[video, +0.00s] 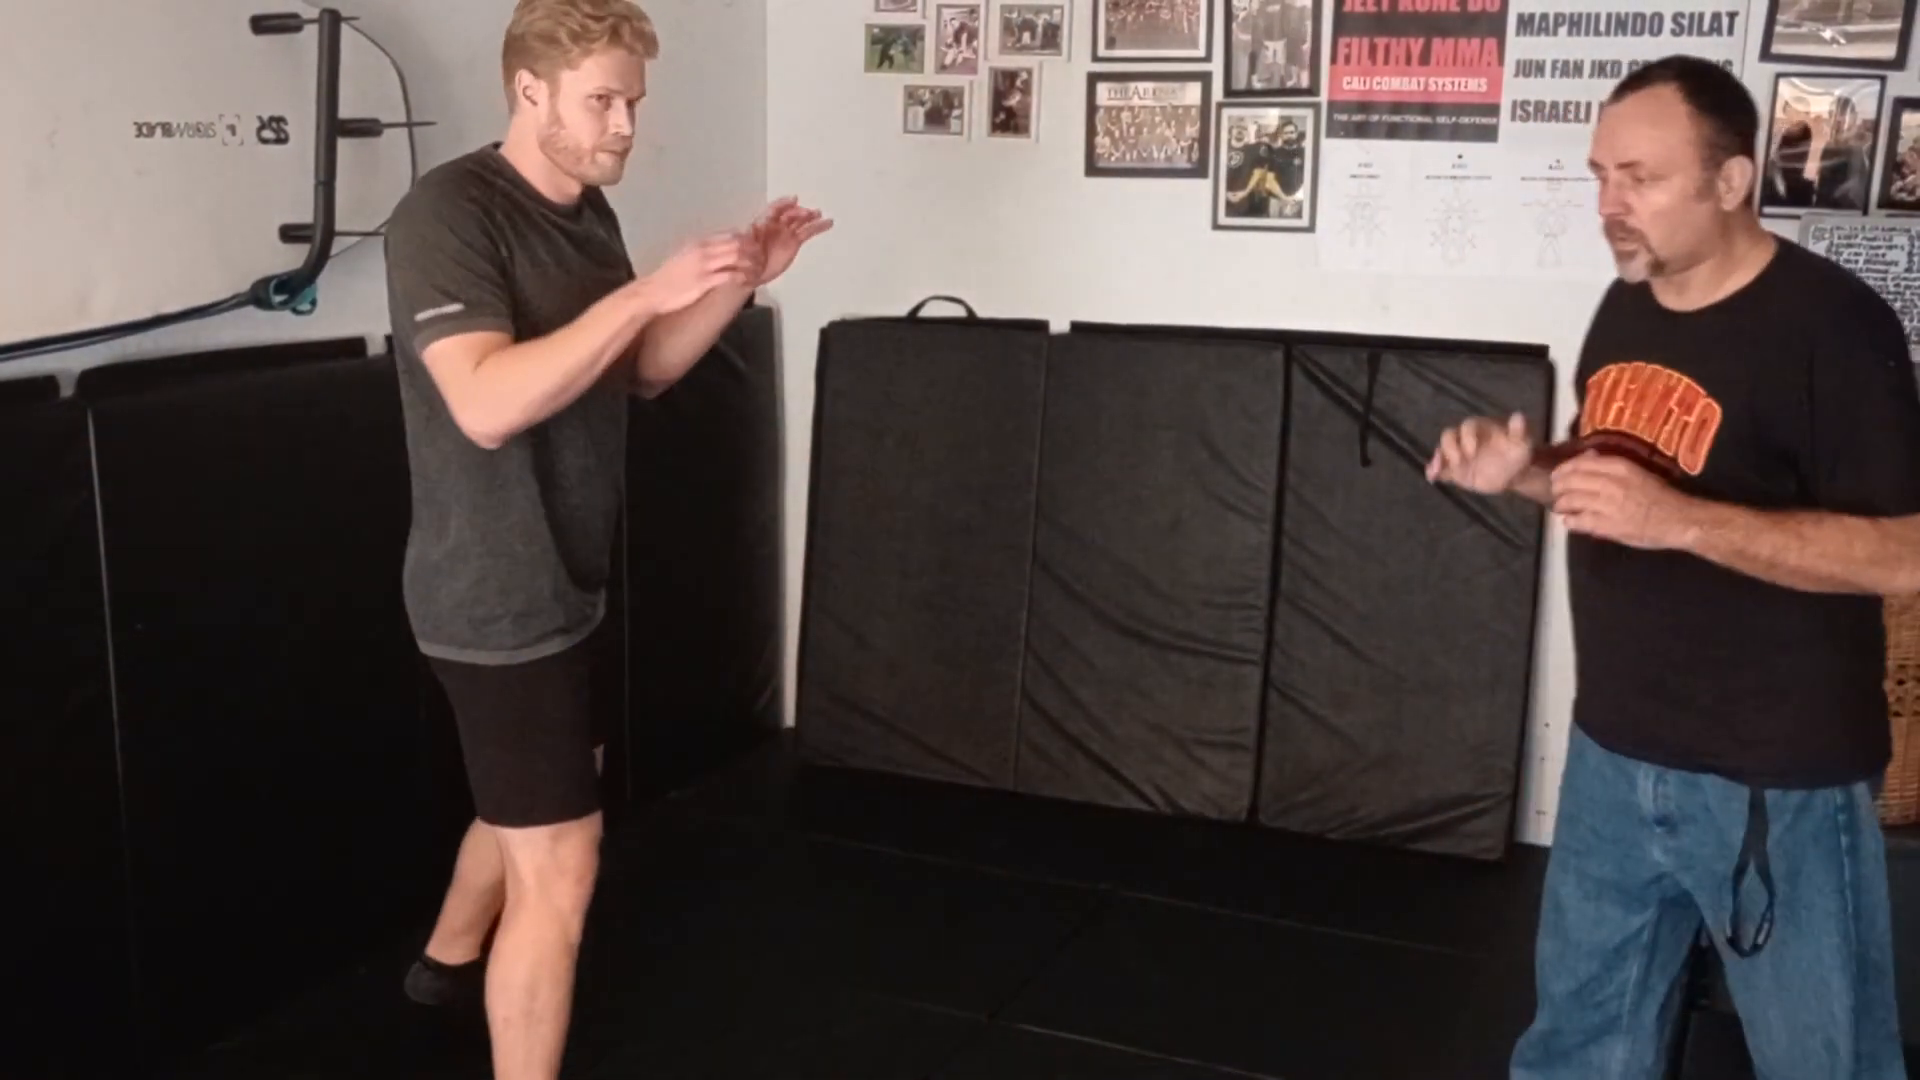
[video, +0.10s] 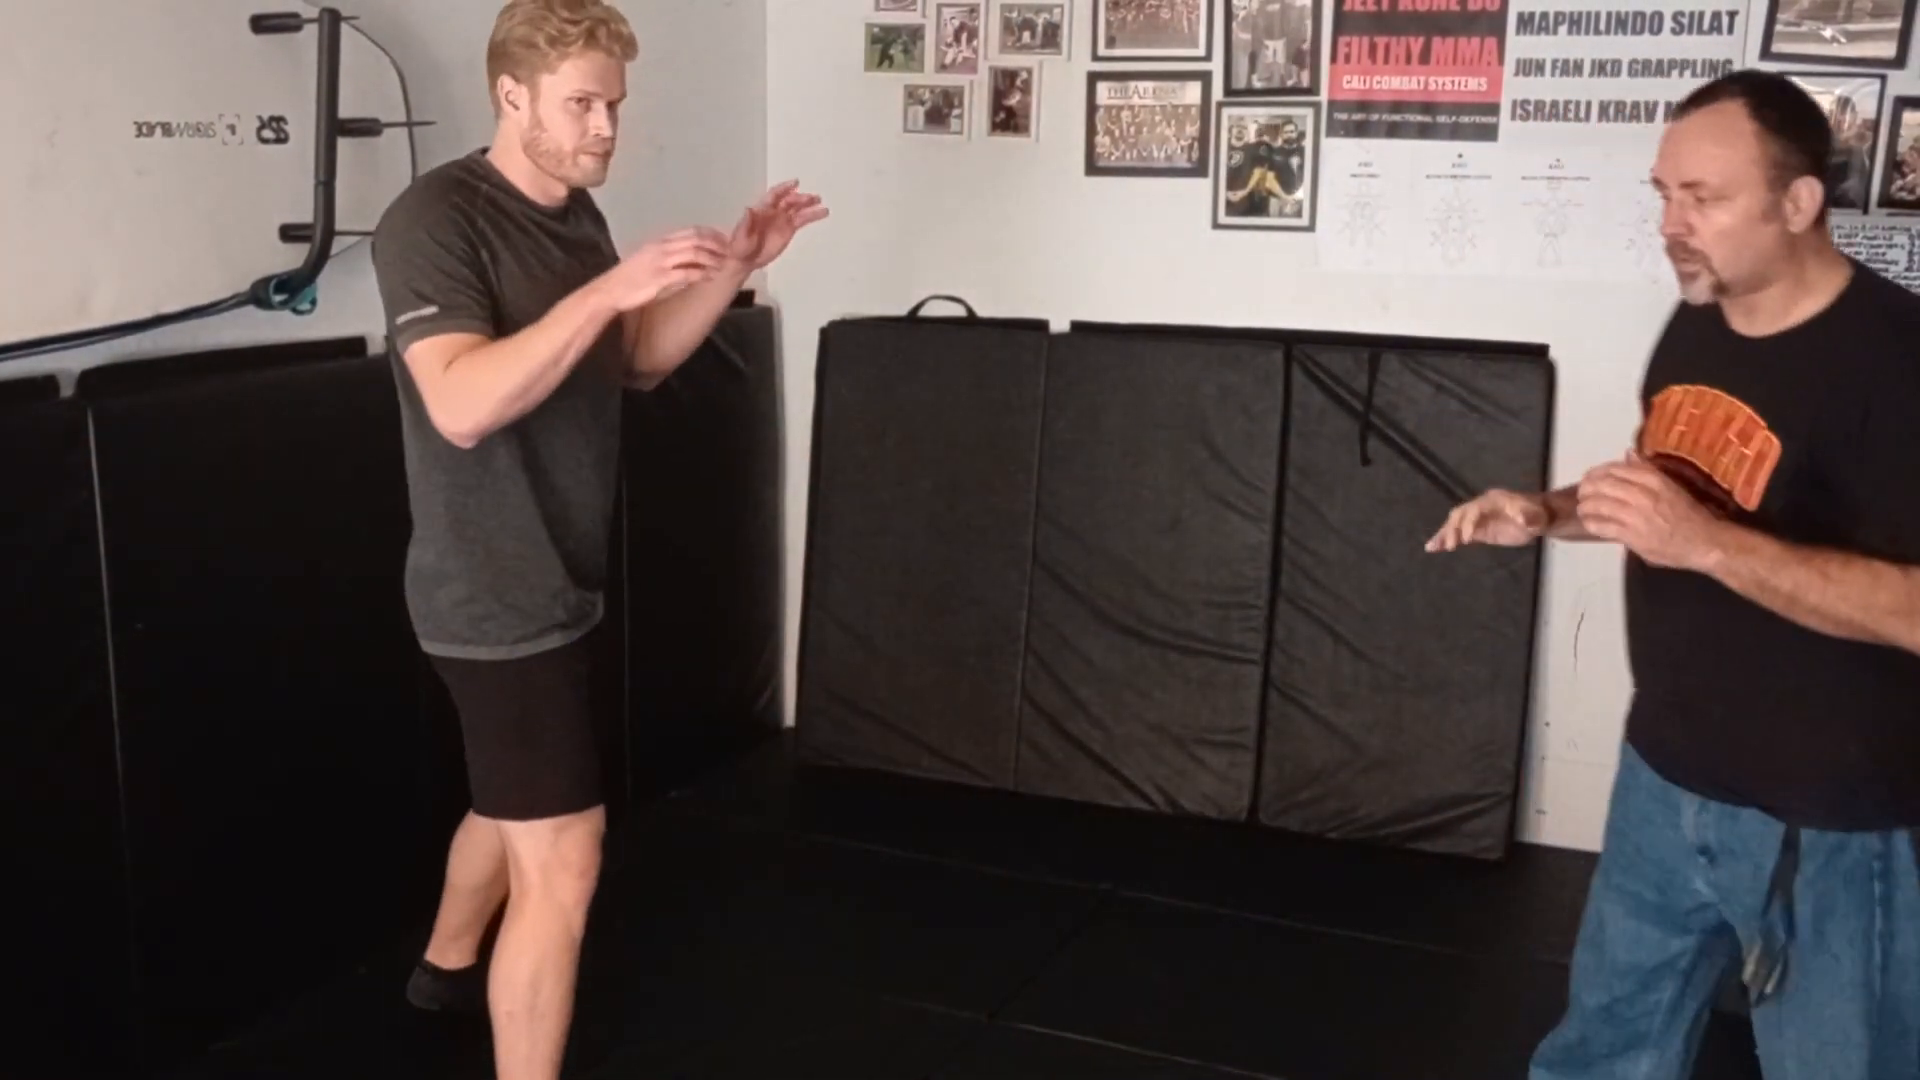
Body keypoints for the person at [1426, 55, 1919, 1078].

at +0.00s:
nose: (1609, 204)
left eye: (1639, 176)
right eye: (1601, 176)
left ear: (1733, 180)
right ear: (1596, 178)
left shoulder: (1840, 327)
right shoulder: (1622, 310)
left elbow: (1903, 551)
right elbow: (1621, 481)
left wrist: (1679, 518)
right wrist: (1524, 471)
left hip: (1789, 788)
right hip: (1613, 764)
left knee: (1825, 1062)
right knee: (1579, 1052)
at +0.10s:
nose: (1669, 225)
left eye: (1699, 196)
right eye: (1664, 196)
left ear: (1801, 204)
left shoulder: (1899, 356)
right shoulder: (1694, 325)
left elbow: (1912, 609)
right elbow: (1677, 507)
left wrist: (1707, 540)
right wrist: (1548, 511)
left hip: (1845, 827)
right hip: (1667, 785)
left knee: (1838, 1068)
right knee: (1604, 1056)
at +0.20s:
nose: (1693, 233)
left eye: (1725, 204)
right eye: (1692, 202)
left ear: (1828, 214)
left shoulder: (1909, 363)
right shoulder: (1738, 337)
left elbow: (1913, 620)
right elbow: (1707, 504)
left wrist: (1734, 561)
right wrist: (1570, 513)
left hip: (1871, 836)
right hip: (1705, 788)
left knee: (1852, 1067)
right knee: (1626, 1056)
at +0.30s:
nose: (1728, 222)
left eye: (1759, 195)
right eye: (1730, 191)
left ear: (1865, 205)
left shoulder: (1917, 347)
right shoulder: (1787, 319)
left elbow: (1911, 593)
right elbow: (1759, 493)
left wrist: (1776, 515)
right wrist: (1618, 476)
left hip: (1899, 830)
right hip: (1750, 784)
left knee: (1878, 1061)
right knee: (1676, 1047)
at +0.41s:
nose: (1764, 177)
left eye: (1796, 149)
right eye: (1766, 144)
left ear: (1902, 161)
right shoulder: (1811, 283)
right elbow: (1782, 445)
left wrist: (1824, 459)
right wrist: (1657, 432)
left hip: (1907, 795)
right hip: (1774, 756)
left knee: (1898, 1054)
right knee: (1745, 1050)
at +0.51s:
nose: (1809, 159)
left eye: (1843, 134)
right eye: (1812, 125)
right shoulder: (1836, 276)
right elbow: (1799, 442)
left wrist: (1859, 460)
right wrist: (1677, 426)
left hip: (1909, 788)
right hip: (1793, 754)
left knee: (1892, 1053)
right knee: (1784, 1038)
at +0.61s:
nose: (1858, 209)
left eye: (1893, 184)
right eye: (1859, 175)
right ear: (1854, 175)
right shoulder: (1873, 330)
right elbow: (1814, 493)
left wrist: (1867, 516)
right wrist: (1683, 469)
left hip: (1896, 845)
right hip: (1804, 804)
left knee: (1856, 1060)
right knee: (1783, 1053)